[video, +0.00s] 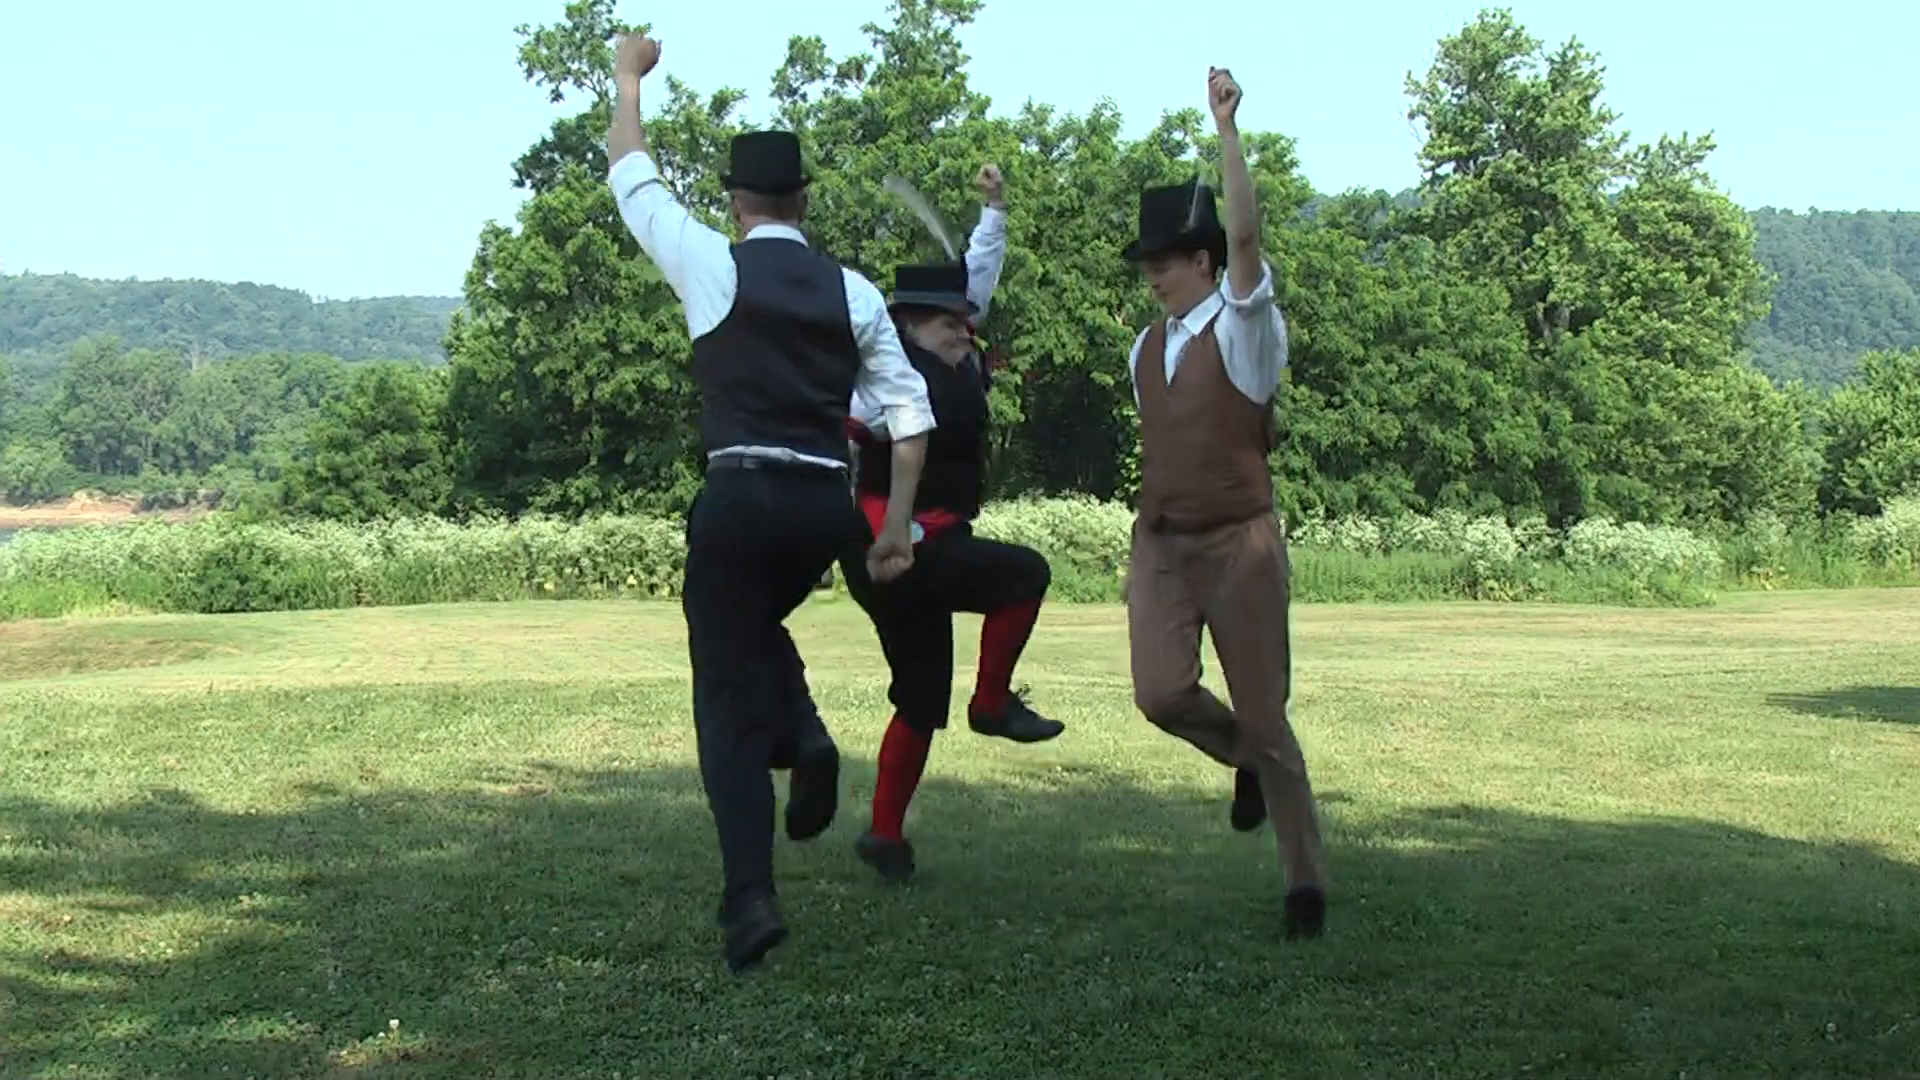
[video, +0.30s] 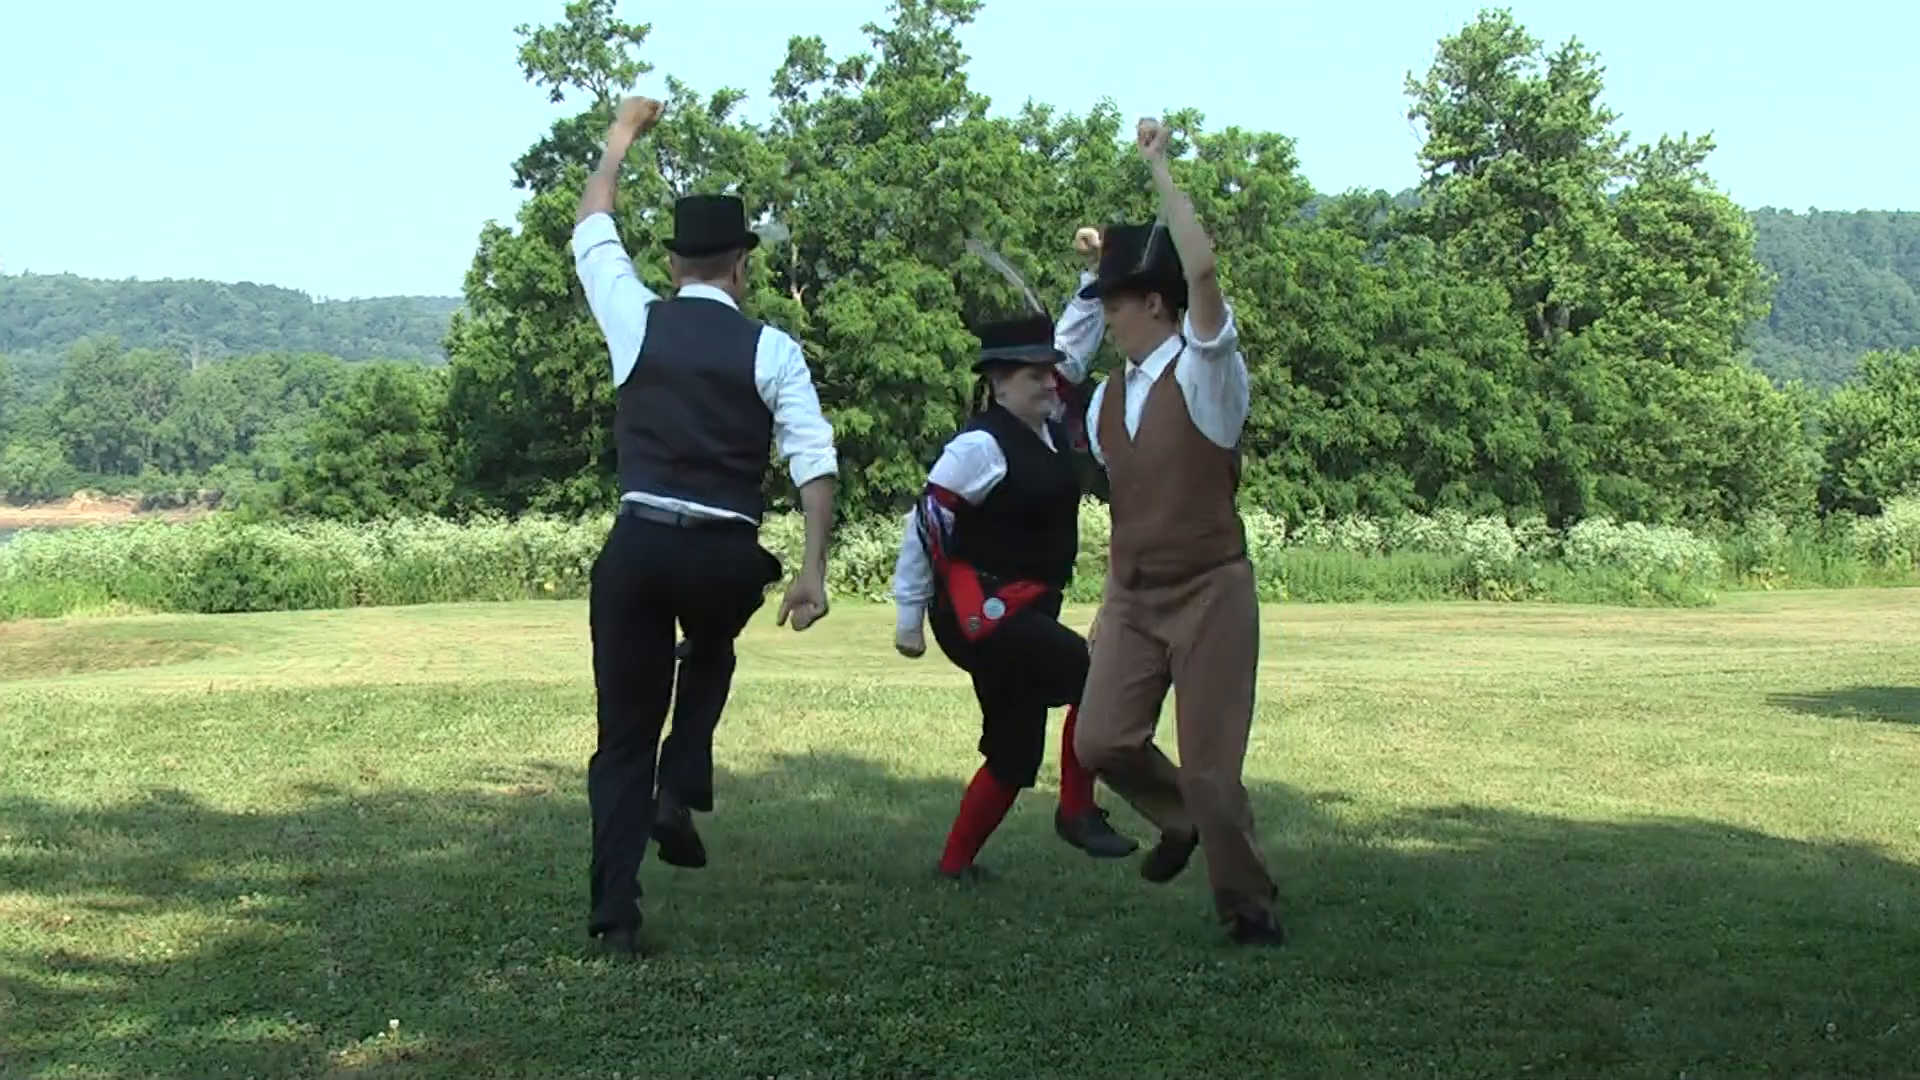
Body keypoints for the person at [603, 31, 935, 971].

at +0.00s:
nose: (731, 203)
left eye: (732, 194)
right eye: (746, 193)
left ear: (734, 201)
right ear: (802, 199)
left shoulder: (712, 264)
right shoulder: (853, 291)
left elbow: (630, 173)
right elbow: (911, 410)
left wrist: (627, 79)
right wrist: (899, 519)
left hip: (736, 496)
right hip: (828, 499)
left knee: (727, 690)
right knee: (756, 619)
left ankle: (751, 903)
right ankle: (809, 744)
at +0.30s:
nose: (749, 268)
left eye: (736, 257)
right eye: (747, 259)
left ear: (673, 267)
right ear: (740, 266)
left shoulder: (637, 318)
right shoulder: (772, 349)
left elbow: (594, 222)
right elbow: (816, 465)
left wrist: (620, 134)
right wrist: (813, 571)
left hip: (637, 548)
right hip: (731, 560)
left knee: (624, 734)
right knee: (710, 653)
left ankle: (615, 915)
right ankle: (676, 795)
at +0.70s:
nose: (784, 291)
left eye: (783, 278)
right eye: (783, 280)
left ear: (710, 275)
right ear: (763, 280)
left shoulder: (666, 323)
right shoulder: (766, 366)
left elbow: (661, 227)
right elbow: (758, 484)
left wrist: (696, 137)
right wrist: (763, 588)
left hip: (628, 539)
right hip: (700, 554)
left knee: (637, 701)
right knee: (690, 724)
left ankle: (570, 783)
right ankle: (643, 884)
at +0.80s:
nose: (792, 276)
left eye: (791, 263)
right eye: (791, 263)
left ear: (729, 254)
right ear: (772, 259)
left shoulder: (679, 300)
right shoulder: (774, 341)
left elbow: (675, 207)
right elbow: (768, 460)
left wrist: (710, 125)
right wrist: (777, 553)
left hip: (643, 519)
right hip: (707, 534)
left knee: (690, 649)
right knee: (698, 705)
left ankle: (598, 750)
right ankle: (645, 878)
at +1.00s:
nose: (831, 245)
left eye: (829, 230)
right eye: (825, 231)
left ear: (761, 226)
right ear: (797, 232)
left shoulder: (713, 275)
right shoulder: (796, 314)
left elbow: (720, 186)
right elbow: (775, 439)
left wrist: (759, 104)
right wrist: (786, 531)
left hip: (683, 484)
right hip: (736, 500)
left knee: (809, 583)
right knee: (736, 686)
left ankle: (720, 731)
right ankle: (688, 862)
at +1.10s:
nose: (841, 282)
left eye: (842, 268)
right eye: (836, 268)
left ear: (790, 254)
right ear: (813, 263)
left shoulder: (736, 300)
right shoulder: (808, 347)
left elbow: (746, 218)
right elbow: (774, 461)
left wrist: (781, 145)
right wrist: (806, 548)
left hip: (707, 508)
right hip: (756, 527)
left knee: (827, 600)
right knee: (752, 695)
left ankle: (786, 764)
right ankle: (704, 862)